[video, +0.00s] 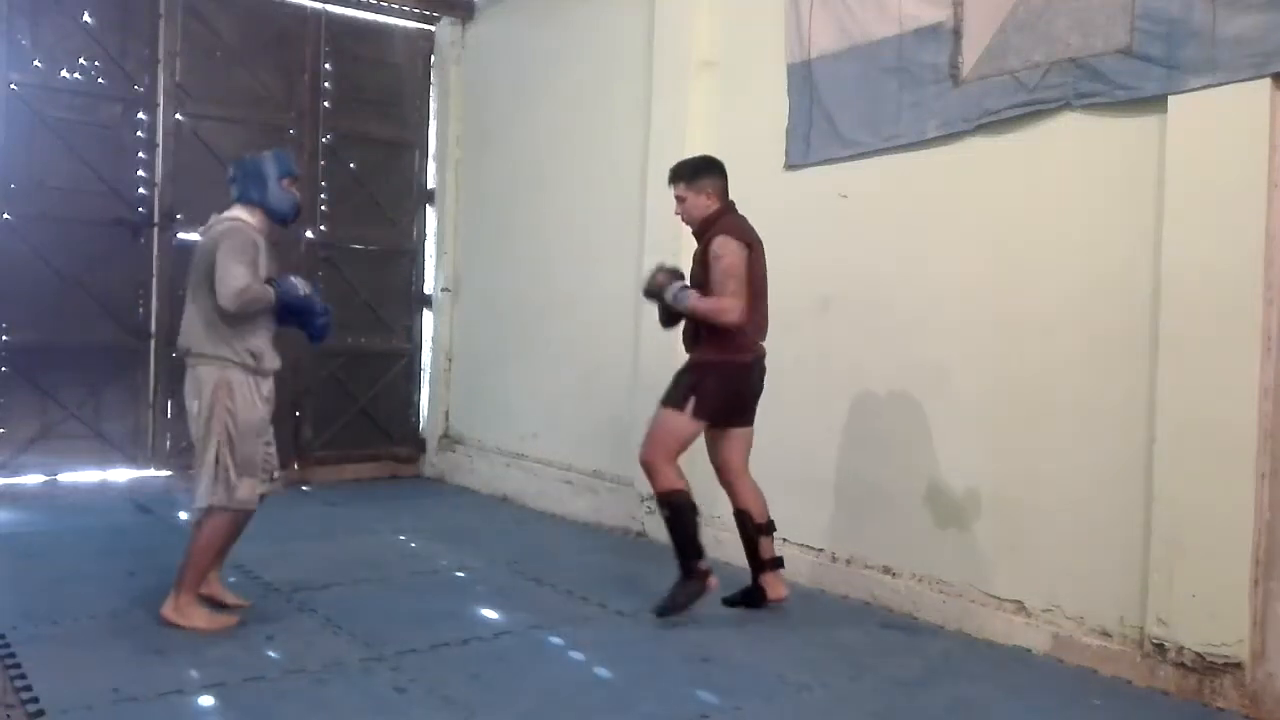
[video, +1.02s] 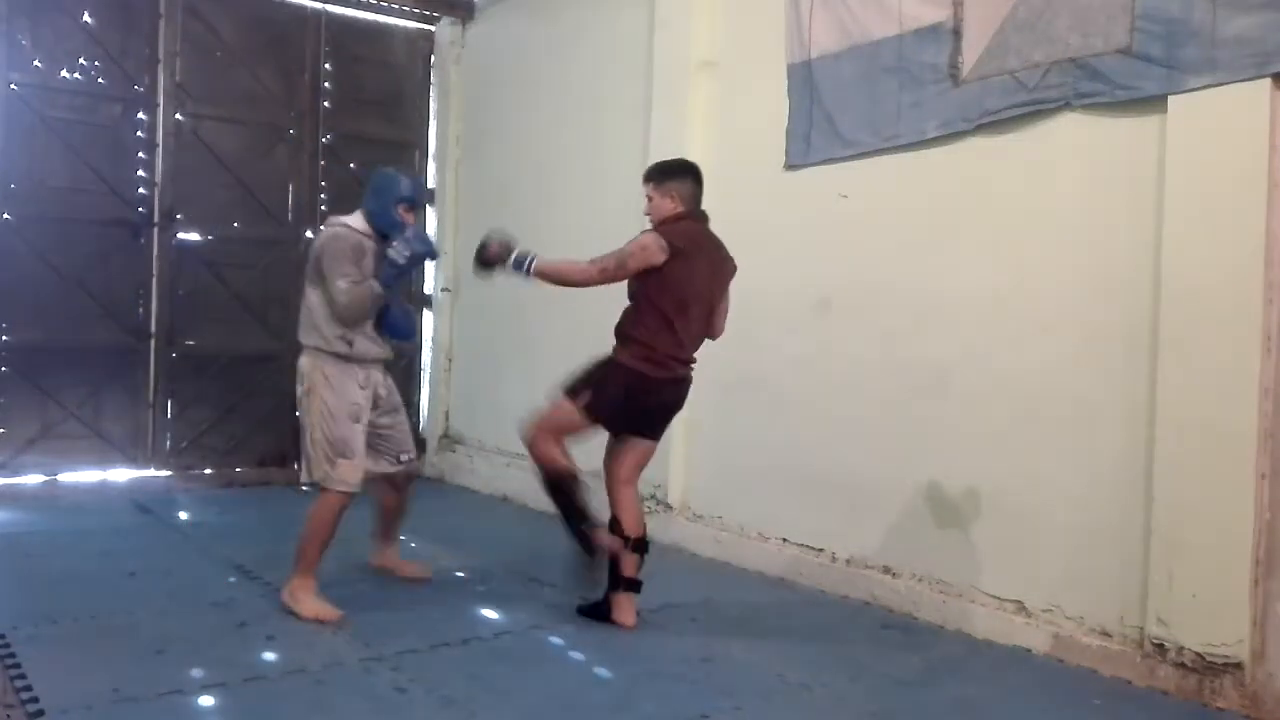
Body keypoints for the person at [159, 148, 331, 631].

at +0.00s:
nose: (296, 191)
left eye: (295, 183)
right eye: (289, 182)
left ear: (260, 186)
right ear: (266, 184)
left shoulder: (248, 234)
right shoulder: (238, 229)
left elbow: (243, 304)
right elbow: (233, 295)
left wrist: (290, 308)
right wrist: (284, 294)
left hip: (239, 374)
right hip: (222, 374)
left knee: (251, 484)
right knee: (235, 489)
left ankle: (205, 580)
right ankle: (183, 599)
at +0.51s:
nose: (336, 215)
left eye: (339, 206)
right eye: (330, 203)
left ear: (306, 203)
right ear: (304, 200)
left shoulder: (288, 246)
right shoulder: (269, 241)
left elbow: (270, 319)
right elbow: (246, 312)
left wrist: (318, 342)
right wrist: (309, 314)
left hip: (271, 379)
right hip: (263, 380)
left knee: (260, 482)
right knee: (309, 480)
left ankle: (204, 572)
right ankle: (239, 578)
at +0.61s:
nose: (355, 208)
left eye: (357, 199)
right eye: (350, 196)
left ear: (332, 196)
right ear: (325, 193)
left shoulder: (314, 240)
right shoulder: (283, 226)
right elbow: (250, 289)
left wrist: (342, 304)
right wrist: (317, 286)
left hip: (297, 363)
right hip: (278, 364)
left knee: (265, 473)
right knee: (319, 474)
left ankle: (207, 567)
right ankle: (298, 583)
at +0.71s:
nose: (367, 214)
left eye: (369, 206)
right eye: (361, 203)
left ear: (352, 204)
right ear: (336, 199)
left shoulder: (328, 241)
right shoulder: (298, 227)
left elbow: (313, 313)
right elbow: (285, 291)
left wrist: (351, 333)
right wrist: (344, 259)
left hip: (311, 372)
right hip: (299, 373)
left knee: (281, 478)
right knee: (338, 482)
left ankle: (216, 563)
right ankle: (318, 591)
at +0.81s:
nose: (379, 225)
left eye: (383, 217)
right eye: (374, 213)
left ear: (362, 215)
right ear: (352, 208)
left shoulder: (338, 252)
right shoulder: (309, 246)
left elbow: (335, 322)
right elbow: (327, 309)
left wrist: (371, 344)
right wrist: (373, 271)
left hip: (334, 381)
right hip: (314, 382)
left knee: (323, 491)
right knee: (341, 488)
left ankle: (254, 548)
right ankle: (320, 594)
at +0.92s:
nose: (398, 219)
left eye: (401, 209)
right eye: (393, 207)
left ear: (385, 206)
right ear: (369, 203)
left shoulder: (366, 245)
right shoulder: (330, 238)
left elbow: (357, 305)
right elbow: (333, 307)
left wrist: (383, 332)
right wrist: (386, 278)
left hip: (359, 373)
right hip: (324, 373)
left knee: (373, 476)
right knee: (336, 485)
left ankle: (309, 544)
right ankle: (318, 591)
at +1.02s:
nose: (409, 217)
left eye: (413, 209)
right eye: (404, 206)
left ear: (406, 211)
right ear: (379, 203)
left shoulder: (387, 246)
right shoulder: (341, 236)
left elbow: (381, 311)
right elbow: (347, 305)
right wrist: (392, 271)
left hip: (372, 368)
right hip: (331, 368)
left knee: (400, 467)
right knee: (342, 479)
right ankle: (300, 584)